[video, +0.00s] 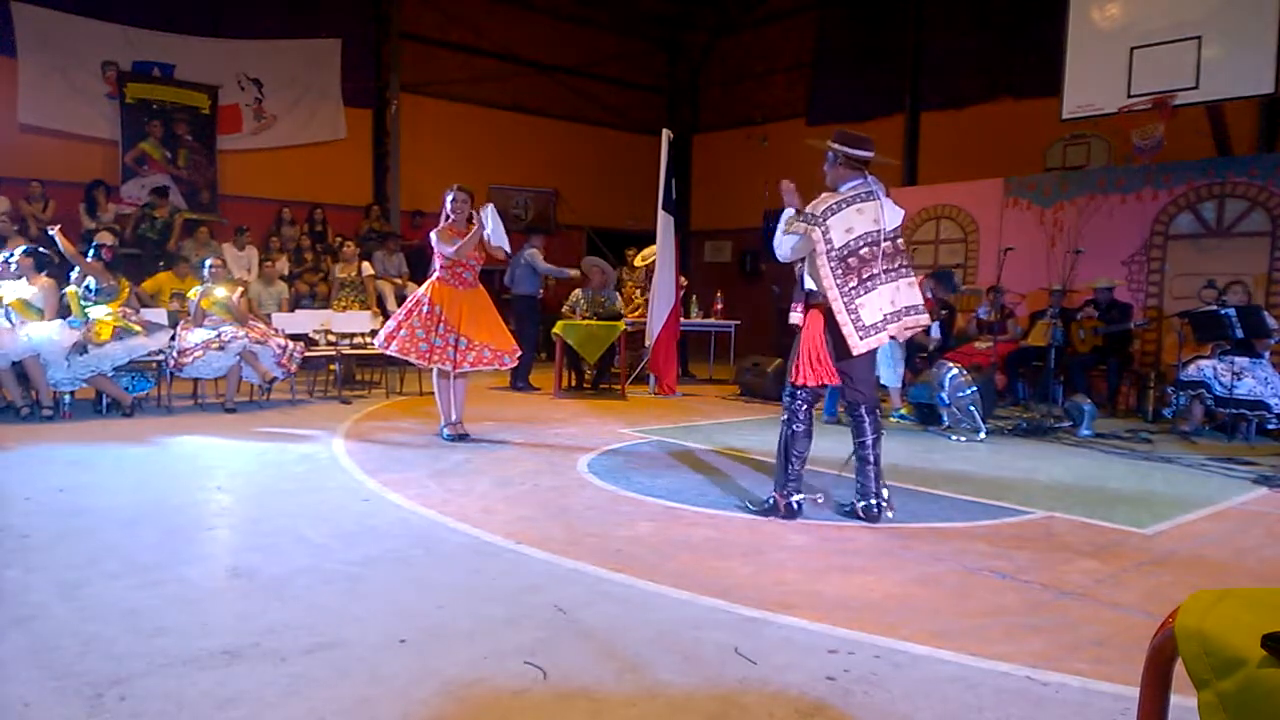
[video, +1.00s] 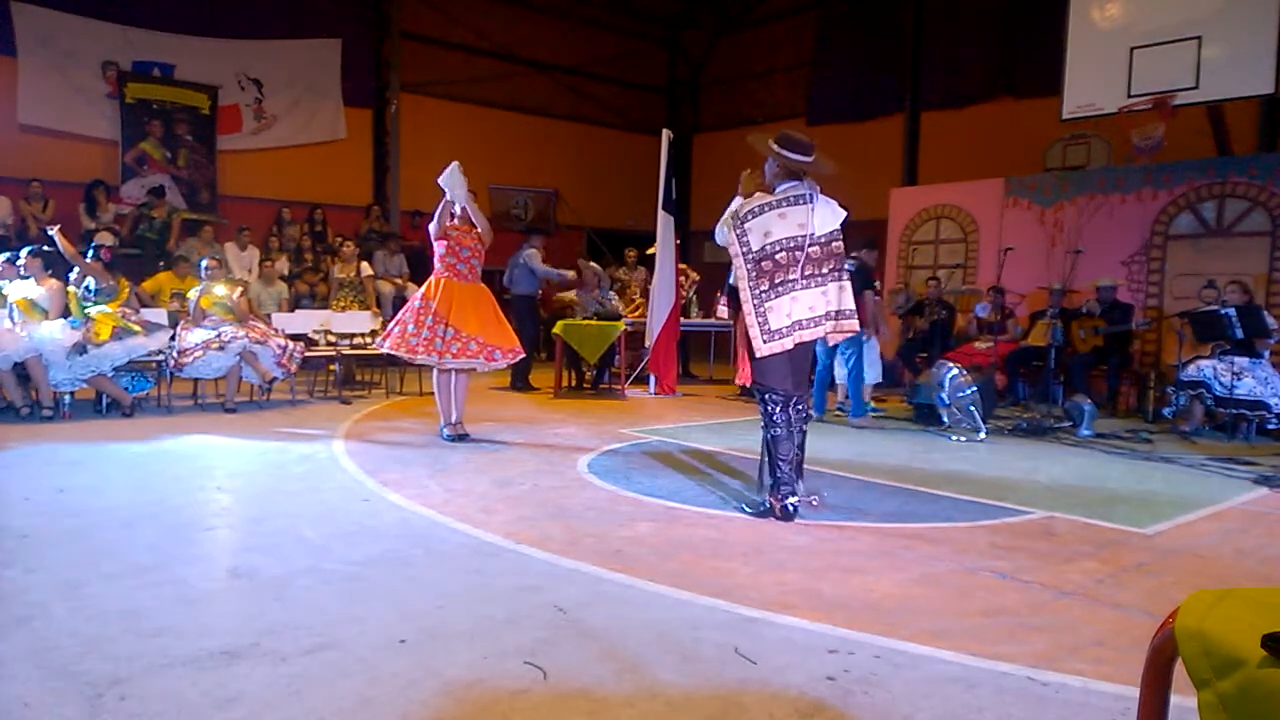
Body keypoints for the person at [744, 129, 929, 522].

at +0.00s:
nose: (823, 167)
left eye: (827, 161)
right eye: (826, 161)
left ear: (839, 165)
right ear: (861, 167)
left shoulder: (825, 208)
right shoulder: (885, 209)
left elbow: (785, 248)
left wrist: (790, 208)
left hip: (821, 317)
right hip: (864, 319)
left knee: (799, 400)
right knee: (863, 404)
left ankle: (787, 494)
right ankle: (871, 498)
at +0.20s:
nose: (812, 165)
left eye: (816, 160)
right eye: (815, 158)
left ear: (827, 165)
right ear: (851, 167)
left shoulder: (807, 207)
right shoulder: (872, 208)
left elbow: (767, 248)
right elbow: (880, 269)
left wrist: (760, 210)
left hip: (810, 318)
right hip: (855, 318)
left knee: (802, 406)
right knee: (856, 406)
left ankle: (785, 495)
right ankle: (870, 499)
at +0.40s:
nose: (794, 165)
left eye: (799, 160)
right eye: (798, 159)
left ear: (808, 165)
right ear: (833, 168)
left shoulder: (789, 210)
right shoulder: (858, 209)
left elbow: (745, 244)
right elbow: (866, 268)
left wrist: (756, 212)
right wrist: (873, 319)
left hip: (792, 320)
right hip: (837, 319)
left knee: (789, 404)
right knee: (833, 405)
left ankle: (783, 497)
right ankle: (865, 490)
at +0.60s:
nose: (780, 166)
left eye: (784, 161)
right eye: (784, 161)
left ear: (791, 167)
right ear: (820, 171)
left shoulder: (768, 210)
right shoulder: (841, 211)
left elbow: (731, 241)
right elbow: (844, 268)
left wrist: (733, 211)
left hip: (779, 321)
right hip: (822, 318)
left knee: (782, 406)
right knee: (817, 393)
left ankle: (782, 495)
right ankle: (834, 475)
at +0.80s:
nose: (770, 167)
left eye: (774, 163)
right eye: (775, 162)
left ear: (781, 169)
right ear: (811, 171)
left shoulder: (761, 210)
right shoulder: (832, 211)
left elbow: (723, 239)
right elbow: (839, 270)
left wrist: (737, 202)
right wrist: (842, 318)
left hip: (772, 320)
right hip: (815, 317)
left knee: (779, 405)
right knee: (801, 404)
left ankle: (783, 495)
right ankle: (791, 489)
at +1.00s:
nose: (765, 165)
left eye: (769, 161)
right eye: (770, 160)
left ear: (776, 167)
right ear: (806, 169)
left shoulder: (756, 209)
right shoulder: (826, 209)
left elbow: (721, 237)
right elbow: (837, 269)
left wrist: (741, 198)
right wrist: (835, 320)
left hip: (768, 320)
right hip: (809, 316)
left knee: (775, 404)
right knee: (798, 400)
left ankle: (782, 496)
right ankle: (793, 486)